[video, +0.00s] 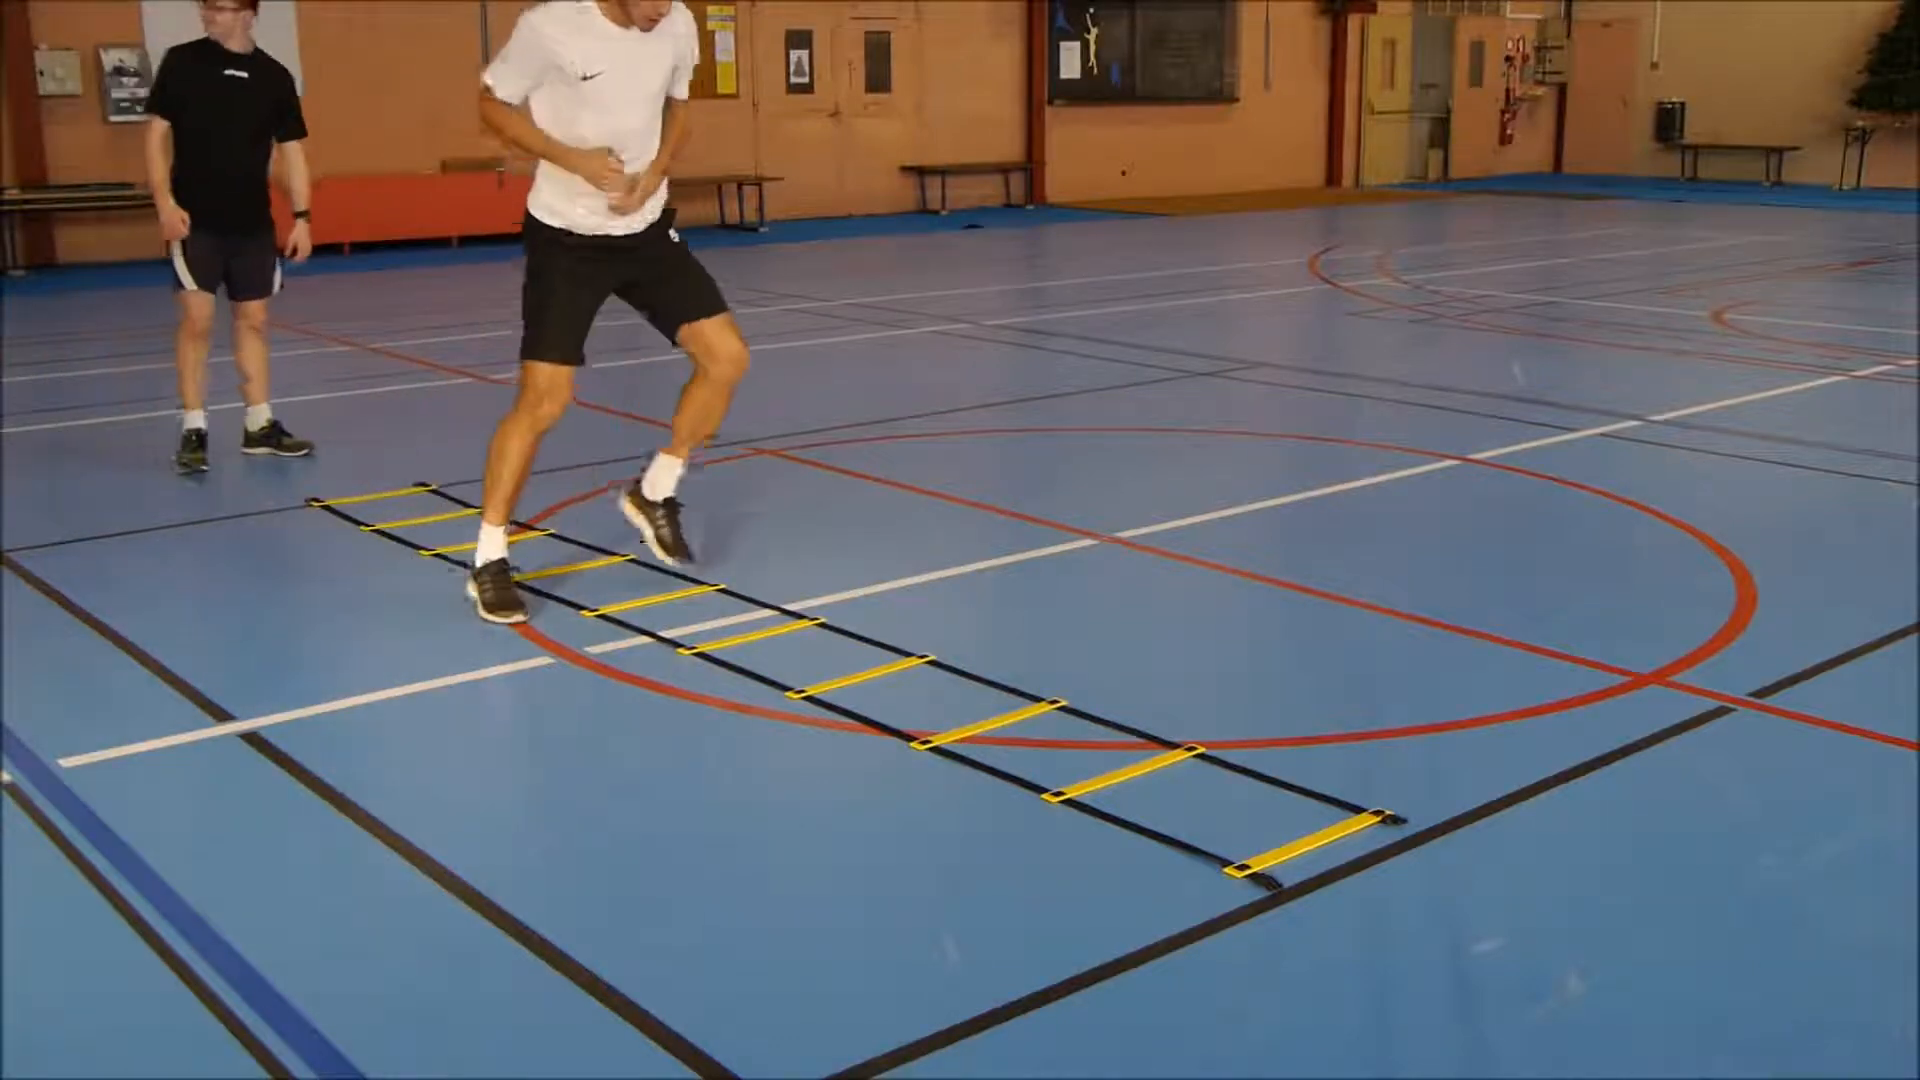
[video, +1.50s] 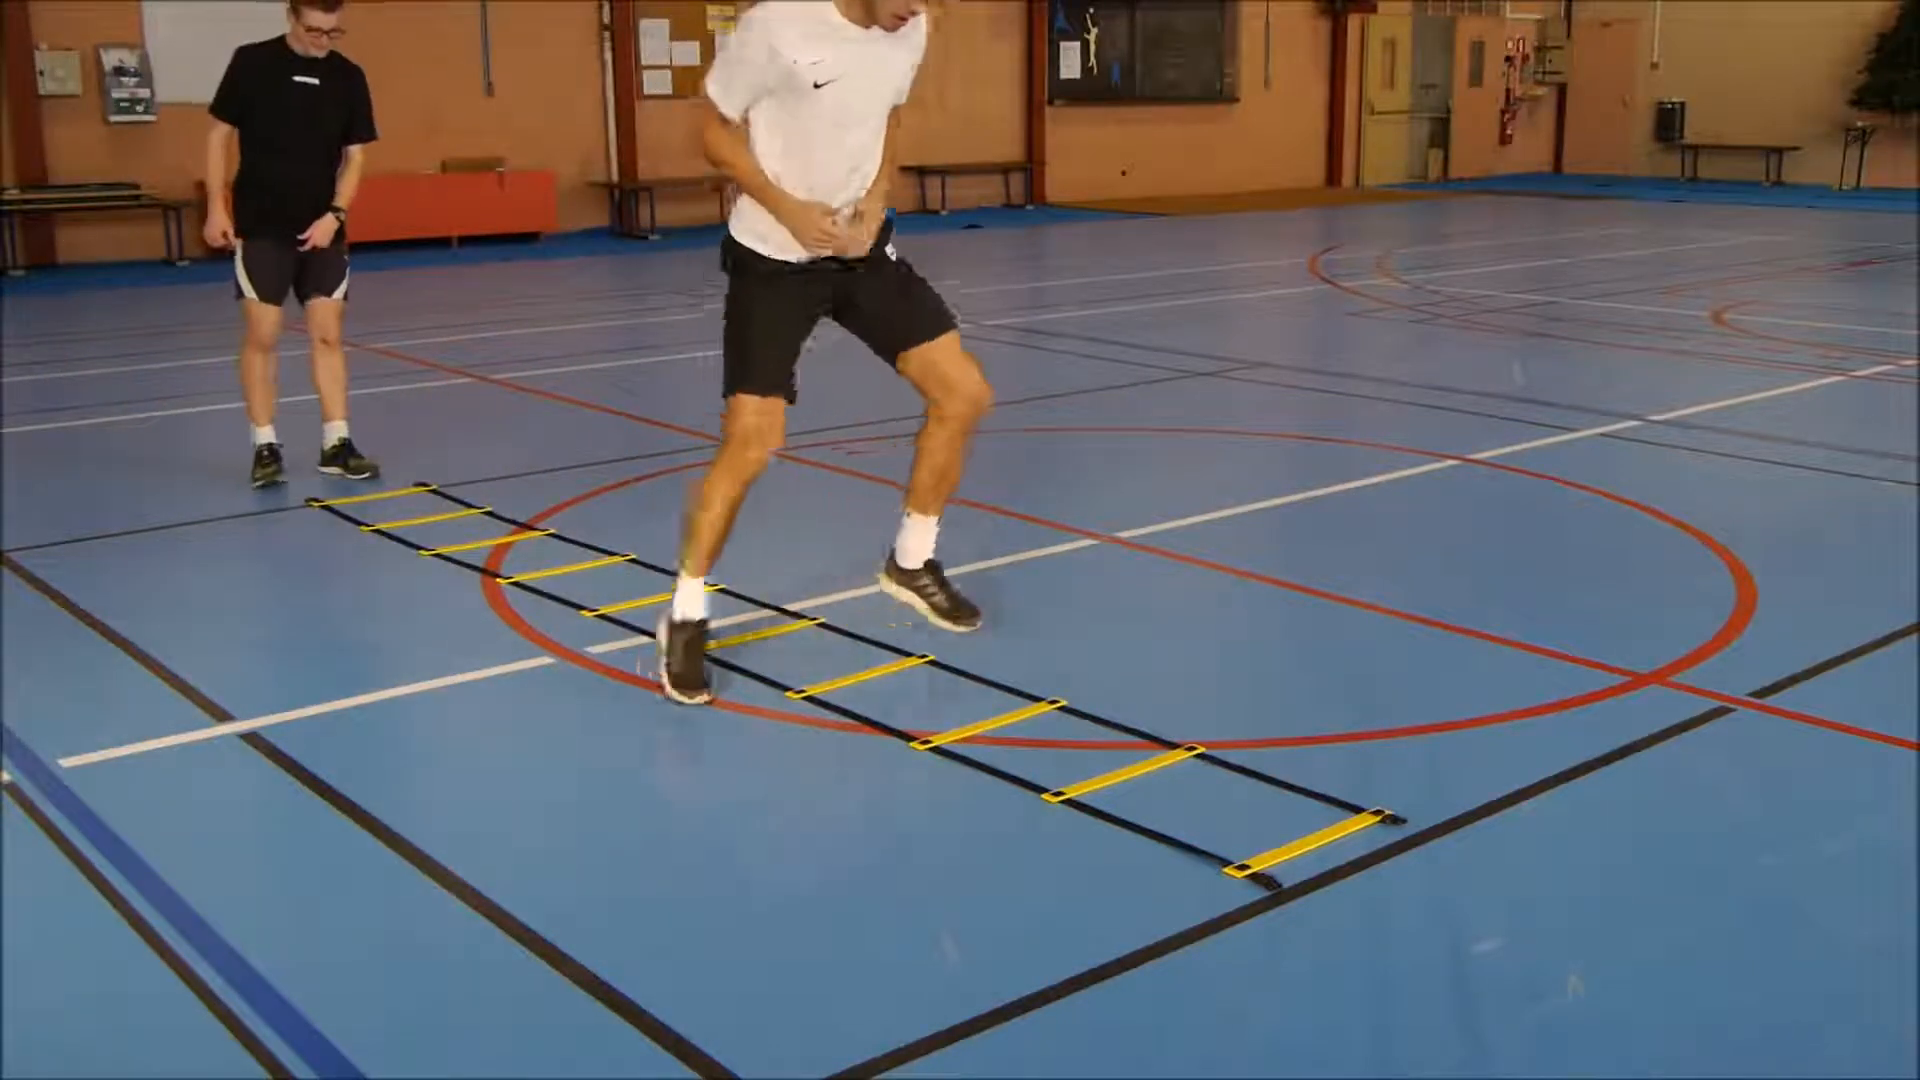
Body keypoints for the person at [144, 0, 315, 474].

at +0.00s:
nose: (207, 14)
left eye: (218, 7)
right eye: (205, 7)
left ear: (247, 13)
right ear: (203, 12)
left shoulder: (275, 76)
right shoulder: (181, 62)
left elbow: (293, 149)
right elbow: (157, 134)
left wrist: (302, 217)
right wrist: (164, 203)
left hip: (252, 216)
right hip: (196, 217)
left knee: (254, 319)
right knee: (197, 321)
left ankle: (260, 426)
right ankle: (194, 429)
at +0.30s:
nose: (172, 21)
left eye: (178, 11)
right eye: (171, 13)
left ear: (209, 10)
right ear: (197, 15)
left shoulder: (268, 67)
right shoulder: (174, 73)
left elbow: (294, 143)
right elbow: (166, 149)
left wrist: (307, 211)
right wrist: (172, 214)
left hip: (270, 219)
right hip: (211, 223)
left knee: (278, 322)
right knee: (225, 331)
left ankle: (270, 419)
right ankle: (239, 437)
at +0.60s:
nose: (164, 22)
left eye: (170, 11)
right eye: (163, 13)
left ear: (201, 9)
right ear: (190, 12)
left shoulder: (262, 62)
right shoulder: (166, 70)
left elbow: (289, 142)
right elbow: (157, 148)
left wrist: (276, 211)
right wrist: (137, 135)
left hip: (274, 212)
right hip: (215, 222)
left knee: (314, 324)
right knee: (226, 334)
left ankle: (328, 422)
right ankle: (241, 438)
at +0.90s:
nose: (251, 29)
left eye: (260, 19)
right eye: (241, 19)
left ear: (269, 16)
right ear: (222, 13)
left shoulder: (294, 69)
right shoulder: (194, 70)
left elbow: (313, 149)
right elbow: (172, 148)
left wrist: (302, 214)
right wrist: (179, 177)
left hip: (291, 220)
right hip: (231, 225)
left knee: (315, 330)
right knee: (234, 333)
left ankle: (335, 441)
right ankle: (242, 439)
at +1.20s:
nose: (314, 32)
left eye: (322, 23)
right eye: (304, 21)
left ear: (330, 19)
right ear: (281, 12)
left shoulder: (341, 72)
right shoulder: (243, 62)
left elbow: (352, 153)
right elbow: (216, 135)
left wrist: (331, 210)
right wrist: (219, 207)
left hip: (319, 224)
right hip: (257, 224)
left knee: (328, 335)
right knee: (252, 335)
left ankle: (337, 442)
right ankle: (245, 437)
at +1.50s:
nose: (321, 40)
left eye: (331, 31)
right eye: (313, 30)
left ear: (340, 23)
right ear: (291, 16)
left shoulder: (349, 77)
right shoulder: (251, 62)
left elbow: (354, 158)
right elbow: (219, 134)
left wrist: (336, 214)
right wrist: (216, 208)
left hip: (322, 224)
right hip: (261, 225)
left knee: (328, 334)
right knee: (263, 335)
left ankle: (337, 444)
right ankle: (265, 446)